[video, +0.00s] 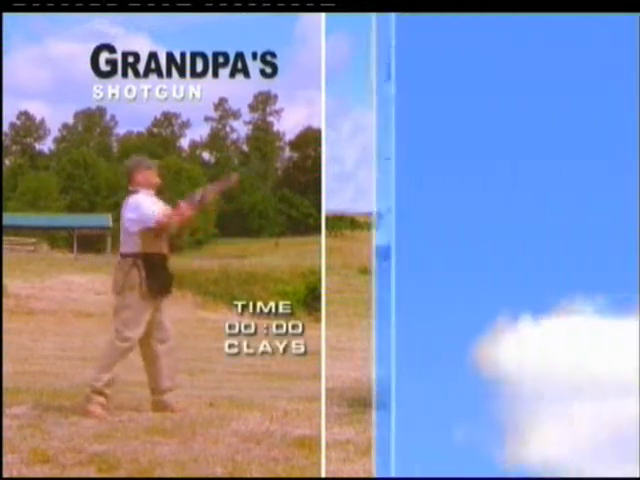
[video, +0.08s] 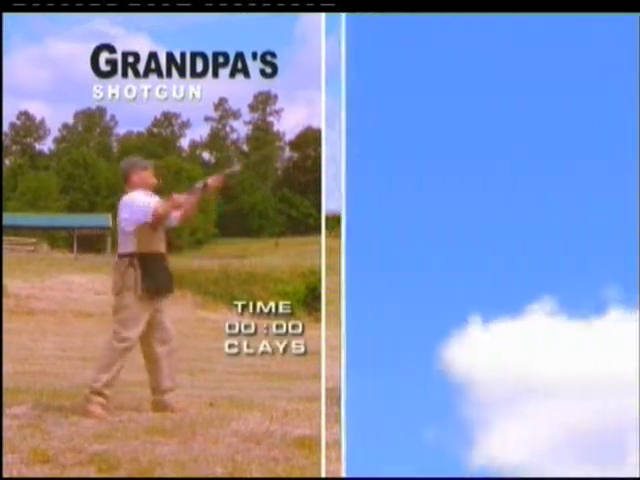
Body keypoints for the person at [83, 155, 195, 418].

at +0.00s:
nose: (157, 176)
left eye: (156, 171)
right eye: (151, 171)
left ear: (145, 177)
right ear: (137, 177)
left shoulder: (152, 201)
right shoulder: (137, 202)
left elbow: (170, 222)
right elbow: (165, 222)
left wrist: (187, 211)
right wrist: (182, 212)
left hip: (153, 264)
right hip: (134, 265)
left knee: (157, 336)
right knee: (126, 335)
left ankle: (161, 396)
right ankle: (96, 395)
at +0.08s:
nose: (154, 177)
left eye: (153, 172)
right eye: (149, 172)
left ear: (142, 177)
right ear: (134, 177)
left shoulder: (152, 201)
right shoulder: (131, 200)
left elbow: (181, 216)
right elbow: (157, 215)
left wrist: (202, 192)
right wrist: (173, 202)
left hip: (154, 264)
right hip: (133, 265)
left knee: (159, 336)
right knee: (125, 335)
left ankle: (162, 396)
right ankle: (96, 396)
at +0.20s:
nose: (143, 176)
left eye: (142, 171)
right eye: (137, 172)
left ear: (140, 176)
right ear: (124, 178)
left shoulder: (148, 198)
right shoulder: (119, 201)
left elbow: (178, 193)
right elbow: (145, 200)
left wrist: (197, 165)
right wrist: (160, 181)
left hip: (154, 261)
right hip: (129, 263)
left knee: (160, 335)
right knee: (121, 335)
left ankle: (162, 396)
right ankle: (97, 396)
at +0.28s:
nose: (138, 176)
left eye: (139, 172)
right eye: (132, 172)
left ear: (138, 177)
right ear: (119, 178)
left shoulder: (144, 197)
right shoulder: (115, 202)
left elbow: (177, 192)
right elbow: (143, 204)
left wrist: (191, 162)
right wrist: (153, 174)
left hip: (152, 262)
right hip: (128, 265)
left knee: (160, 336)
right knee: (118, 336)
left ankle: (163, 396)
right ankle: (97, 398)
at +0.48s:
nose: (131, 177)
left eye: (131, 173)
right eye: (124, 173)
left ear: (131, 178)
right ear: (111, 181)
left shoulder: (137, 198)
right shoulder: (106, 203)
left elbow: (170, 189)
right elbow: (136, 205)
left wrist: (176, 158)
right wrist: (142, 175)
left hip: (147, 265)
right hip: (122, 267)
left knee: (157, 337)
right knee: (114, 338)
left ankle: (163, 396)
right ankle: (95, 398)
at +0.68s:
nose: (128, 177)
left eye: (128, 173)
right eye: (121, 173)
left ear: (128, 178)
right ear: (109, 181)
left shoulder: (136, 198)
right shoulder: (105, 204)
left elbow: (169, 190)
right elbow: (133, 206)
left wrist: (175, 159)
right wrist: (140, 177)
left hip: (145, 269)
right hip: (120, 272)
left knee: (155, 339)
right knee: (112, 339)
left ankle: (162, 395)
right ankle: (95, 398)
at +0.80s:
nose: (130, 179)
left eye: (130, 175)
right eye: (123, 175)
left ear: (130, 180)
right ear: (109, 182)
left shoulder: (136, 199)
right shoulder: (105, 204)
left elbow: (170, 194)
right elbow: (134, 208)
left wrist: (176, 161)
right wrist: (140, 179)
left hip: (144, 269)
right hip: (119, 272)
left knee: (154, 339)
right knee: (111, 339)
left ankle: (162, 395)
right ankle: (95, 398)